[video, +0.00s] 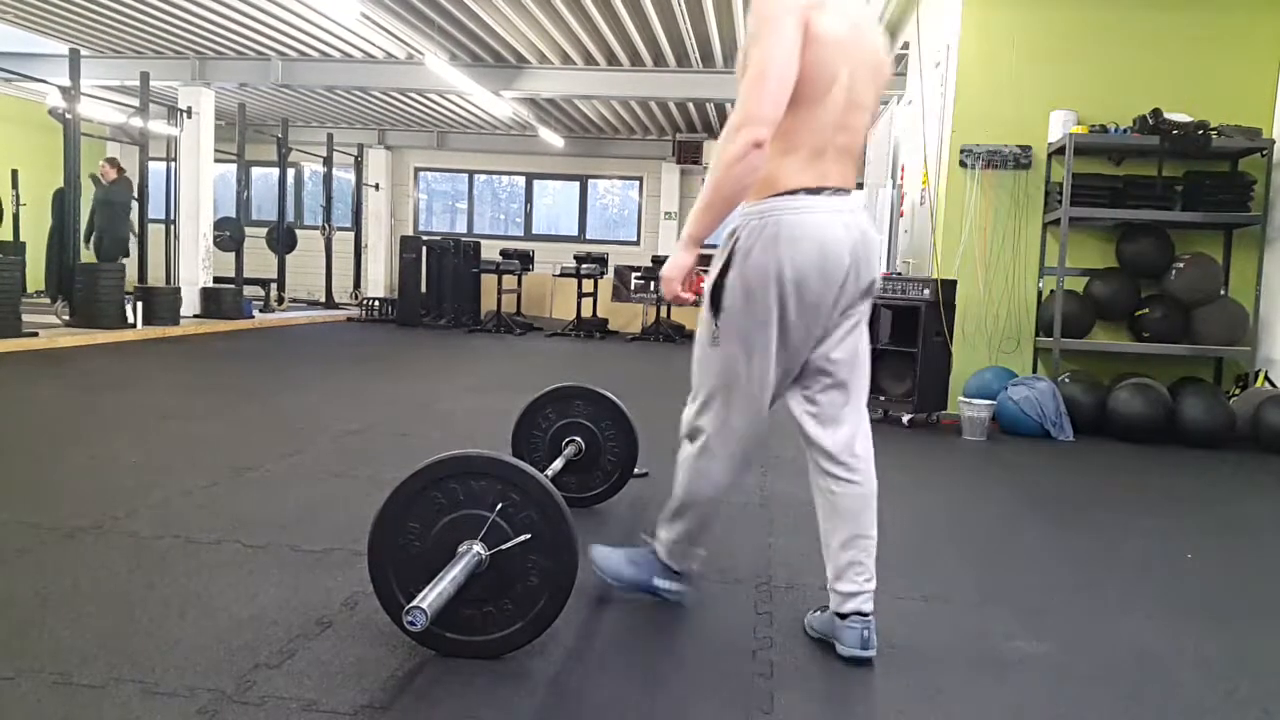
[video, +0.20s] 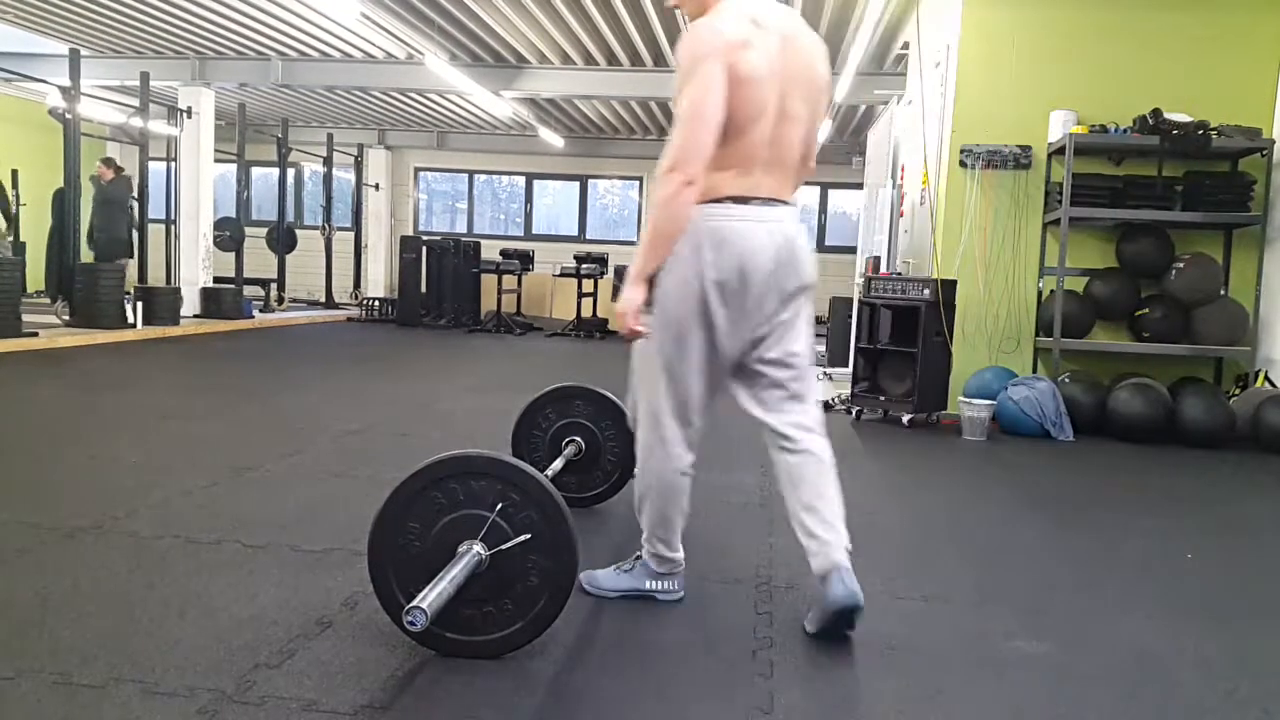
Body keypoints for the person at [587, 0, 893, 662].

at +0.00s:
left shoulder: (782, 9)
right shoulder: (872, 38)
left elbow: (752, 135)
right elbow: (839, 145)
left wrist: (690, 243)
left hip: (780, 226)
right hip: (851, 221)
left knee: (720, 412)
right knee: (840, 431)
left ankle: (669, 560)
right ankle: (854, 614)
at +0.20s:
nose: (669, 7)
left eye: (671, 3)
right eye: (668, 5)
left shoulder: (708, 35)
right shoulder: (811, 46)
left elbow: (684, 174)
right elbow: (805, 158)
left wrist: (637, 277)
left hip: (709, 232)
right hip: (785, 233)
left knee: (665, 411)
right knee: (795, 416)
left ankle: (659, 565)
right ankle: (835, 572)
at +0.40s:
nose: (614, 12)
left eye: (614, 6)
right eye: (613, 8)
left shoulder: (651, 34)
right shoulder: (754, 41)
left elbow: (621, 166)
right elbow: (768, 156)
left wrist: (572, 248)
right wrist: (730, 233)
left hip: (663, 227)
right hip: (732, 227)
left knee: (646, 402)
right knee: (710, 390)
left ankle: (658, 564)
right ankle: (752, 530)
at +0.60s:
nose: (569, 14)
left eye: (569, 4)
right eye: (567, 7)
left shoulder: (621, 39)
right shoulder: (705, 47)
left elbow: (579, 165)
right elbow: (723, 163)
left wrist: (517, 226)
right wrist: (702, 246)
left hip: (644, 226)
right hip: (693, 226)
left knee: (639, 400)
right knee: (656, 390)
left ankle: (660, 564)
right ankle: (619, 515)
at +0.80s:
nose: (545, 43)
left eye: (542, 27)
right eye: (539, 32)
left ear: (573, 6)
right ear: (582, 9)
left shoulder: (606, 51)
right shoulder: (655, 58)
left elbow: (575, 168)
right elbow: (666, 164)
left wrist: (514, 253)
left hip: (619, 235)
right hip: (650, 231)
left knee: (616, 403)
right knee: (588, 395)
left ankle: (656, 561)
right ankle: (575, 530)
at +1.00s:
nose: (505, 55)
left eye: (503, 40)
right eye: (497, 46)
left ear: (532, 14)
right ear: (534, 17)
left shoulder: (580, 53)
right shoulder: (585, 60)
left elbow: (585, 159)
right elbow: (592, 169)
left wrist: (554, 258)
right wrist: (564, 260)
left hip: (614, 231)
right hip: (616, 231)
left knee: (565, 390)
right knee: (571, 391)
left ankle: (616, 537)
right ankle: (578, 525)